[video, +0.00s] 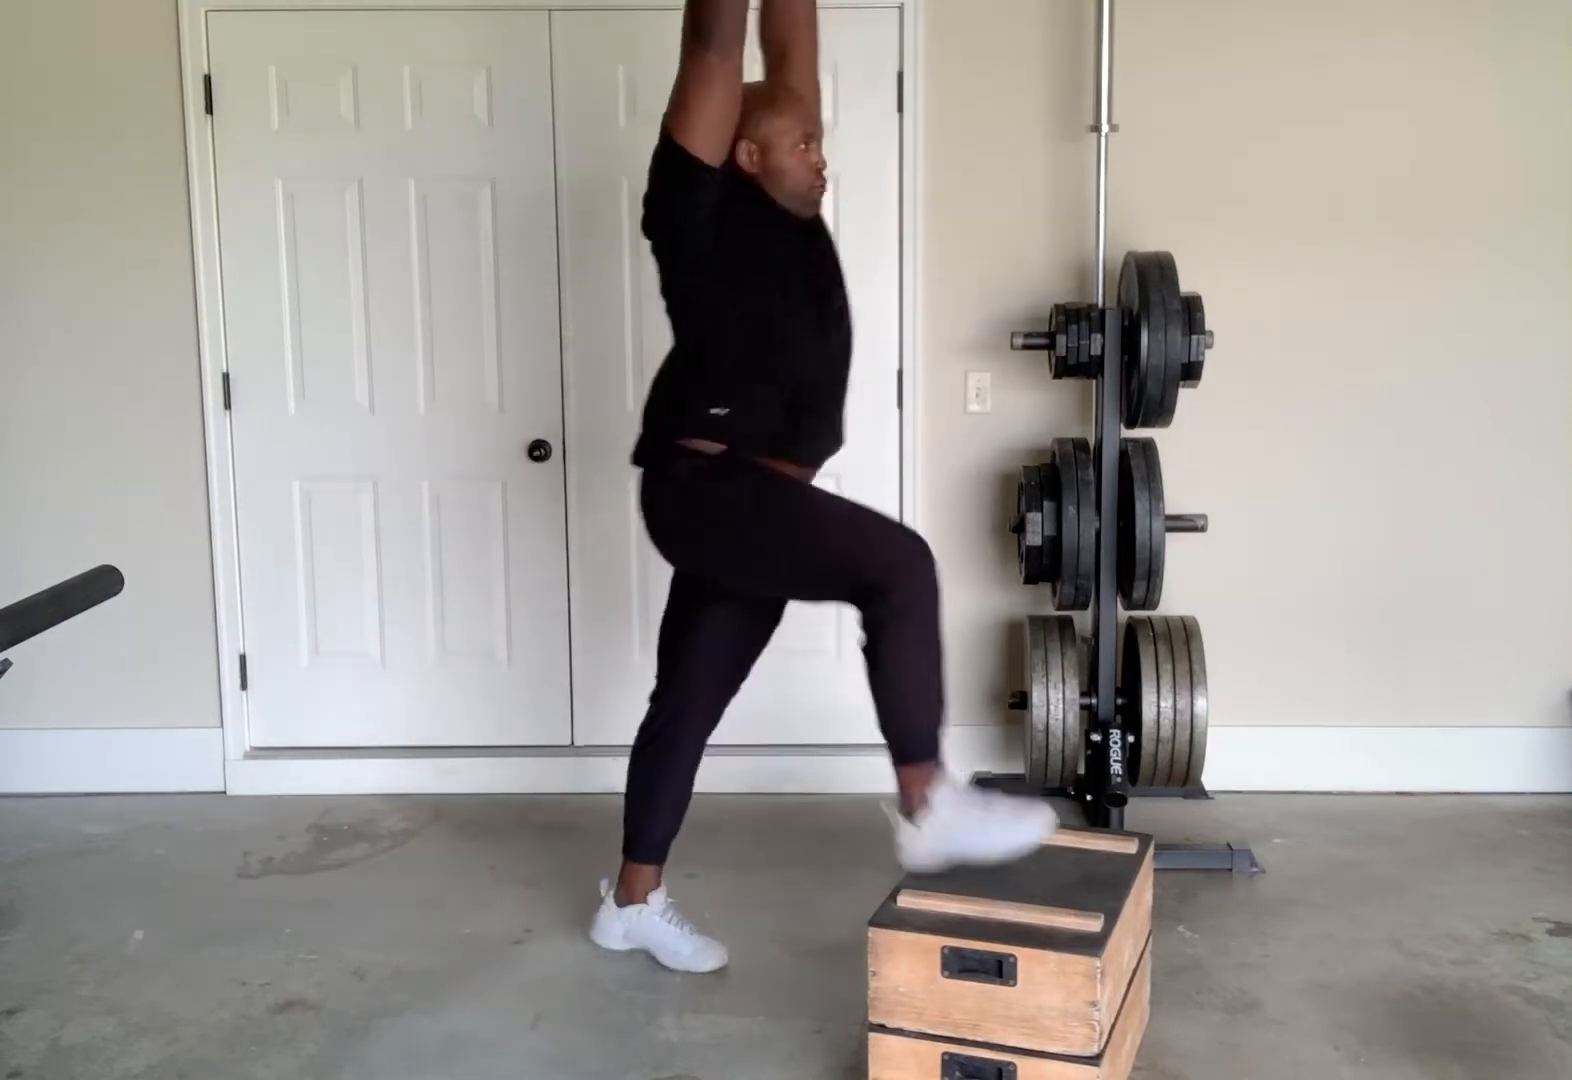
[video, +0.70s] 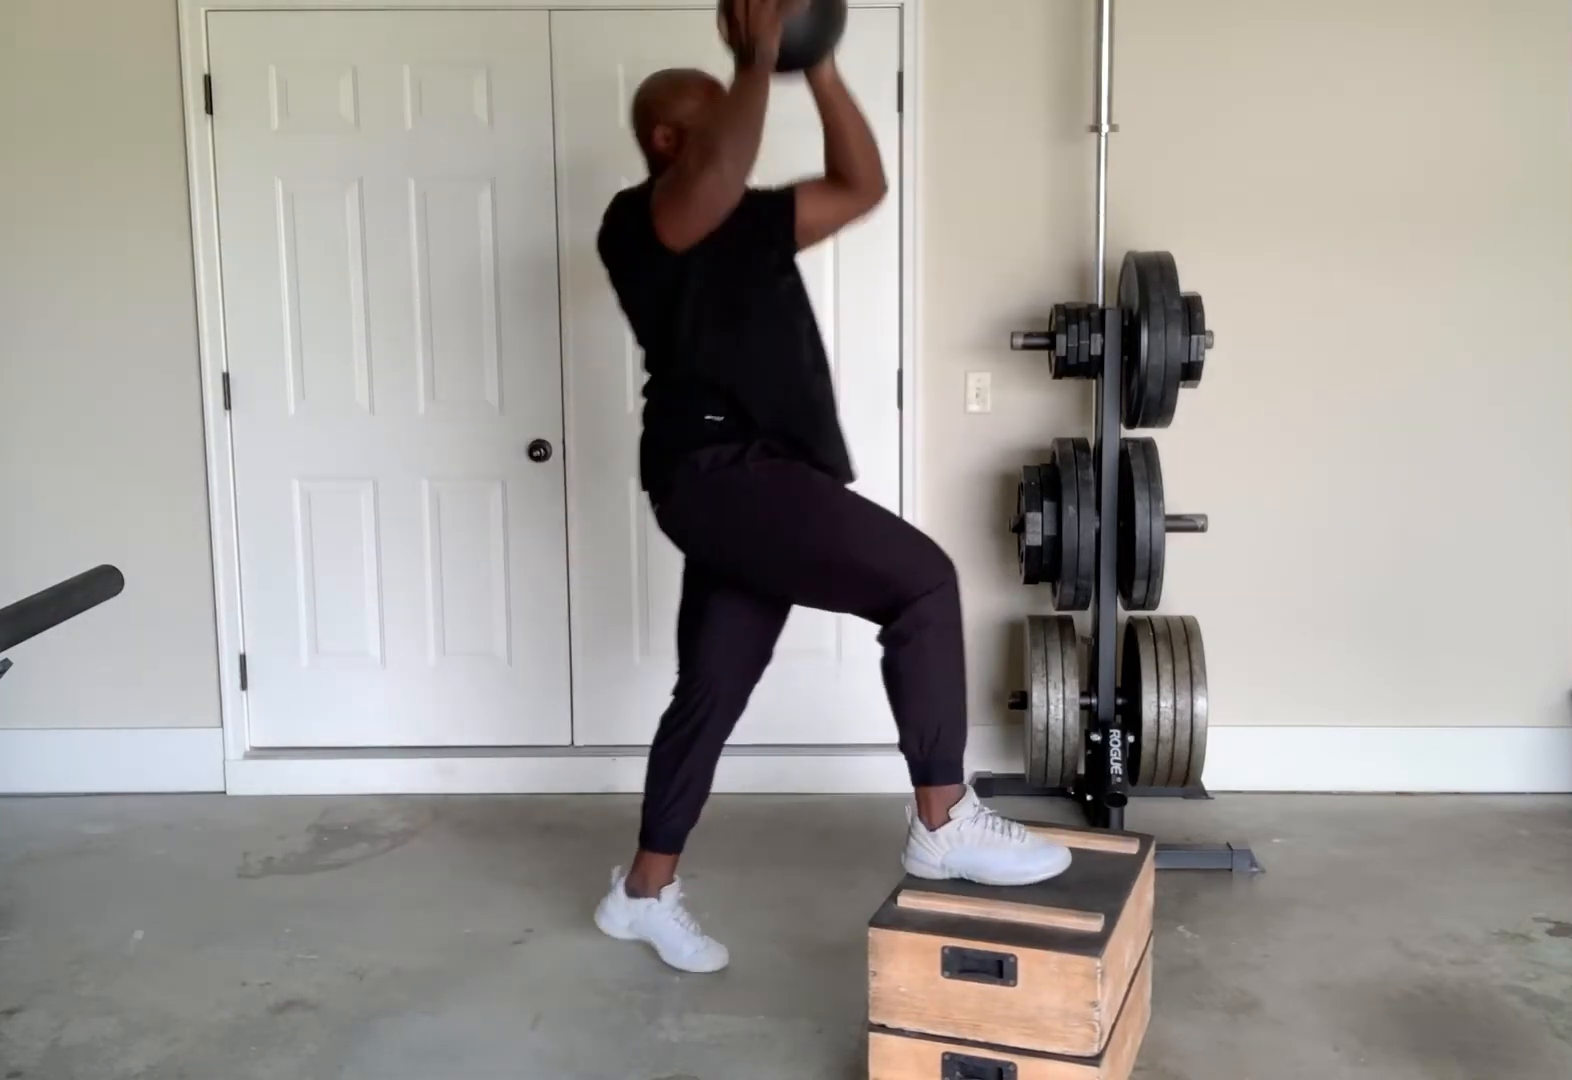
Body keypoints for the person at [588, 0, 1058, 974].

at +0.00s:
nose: (822, 160)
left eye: (819, 143)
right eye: (801, 145)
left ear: (798, 149)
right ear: (745, 150)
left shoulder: (789, 219)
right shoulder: (698, 205)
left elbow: (794, 57)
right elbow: (711, 43)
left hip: (765, 490)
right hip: (706, 484)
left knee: (686, 706)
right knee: (899, 566)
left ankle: (631, 900)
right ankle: (927, 804)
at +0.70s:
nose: (719, 122)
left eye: (715, 110)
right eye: (701, 109)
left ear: (712, 125)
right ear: (662, 133)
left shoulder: (756, 217)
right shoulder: (635, 225)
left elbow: (860, 186)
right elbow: (720, 170)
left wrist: (821, 68)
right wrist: (752, 63)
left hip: (772, 477)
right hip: (716, 474)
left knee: (712, 690)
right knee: (922, 582)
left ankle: (644, 888)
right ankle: (944, 822)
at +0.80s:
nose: (703, 149)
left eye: (700, 135)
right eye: (684, 137)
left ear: (690, 160)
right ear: (629, 158)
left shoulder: (709, 248)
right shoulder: (608, 252)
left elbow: (834, 296)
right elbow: (695, 305)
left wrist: (815, 186)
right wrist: (755, 184)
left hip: (744, 495)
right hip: (685, 496)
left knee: (685, 703)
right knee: (883, 579)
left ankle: (629, 903)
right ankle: (935, 819)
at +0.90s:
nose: (680, 164)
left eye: (677, 150)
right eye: (660, 152)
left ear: (647, 171)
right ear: (606, 172)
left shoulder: (694, 274)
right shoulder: (584, 279)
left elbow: (768, 385)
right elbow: (632, 408)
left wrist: (790, 294)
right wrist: (738, 305)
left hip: (713, 508)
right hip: (655, 511)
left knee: (660, 710)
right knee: (840, 574)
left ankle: (622, 913)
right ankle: (920, 809)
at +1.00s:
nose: (670, 167)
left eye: (668, 152)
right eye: (652, 153)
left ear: (623, 167)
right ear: (596, 167)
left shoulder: (677, 280)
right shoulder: (571, 279)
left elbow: (703, 412)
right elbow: (583, 426)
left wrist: (761, 368)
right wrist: (721, 360)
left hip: (692, 508)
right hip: (633, 509)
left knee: (657, 709)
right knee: (808, 574)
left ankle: (622, 914)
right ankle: (882, 802)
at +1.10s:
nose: (648, 175)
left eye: (649, 158)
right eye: (631, 158)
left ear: (629, 164)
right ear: (575, 166)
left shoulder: (646, 272)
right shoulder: (540, 278)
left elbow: (659, 399)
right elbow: (536, 426)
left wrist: (728, 432)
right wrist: (689, 435)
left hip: (665, 507)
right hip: (601, 511)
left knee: (646, 708)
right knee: (756, 624)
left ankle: (621, 912)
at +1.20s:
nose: (633, 177)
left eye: (635, 162)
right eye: (618, 161)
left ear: (600, 168)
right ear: (560, 166)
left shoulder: (624, 273)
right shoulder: (529, 278)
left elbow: (642, 408)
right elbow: (520, 437)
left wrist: (709, 468)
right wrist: (669, 475)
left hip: (644, 519)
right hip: (588, 520)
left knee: (642, 706)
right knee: (692, 699)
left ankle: (616, 898)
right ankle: (601, 904)